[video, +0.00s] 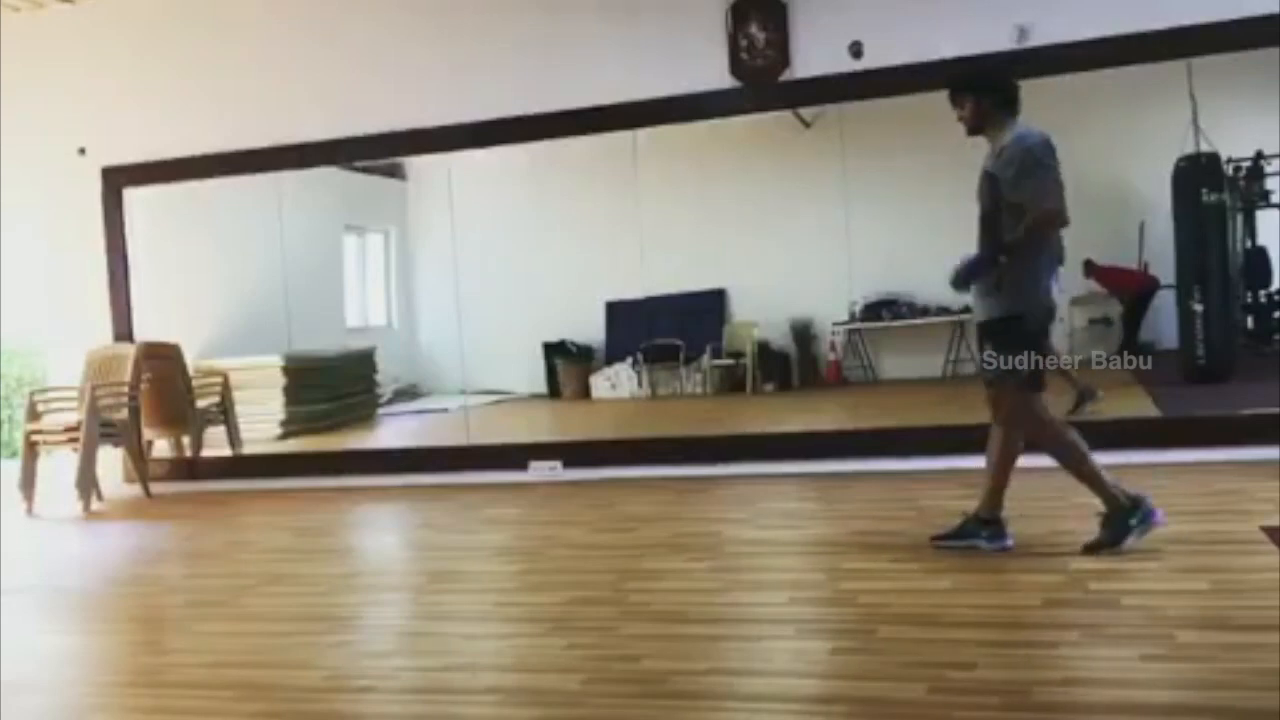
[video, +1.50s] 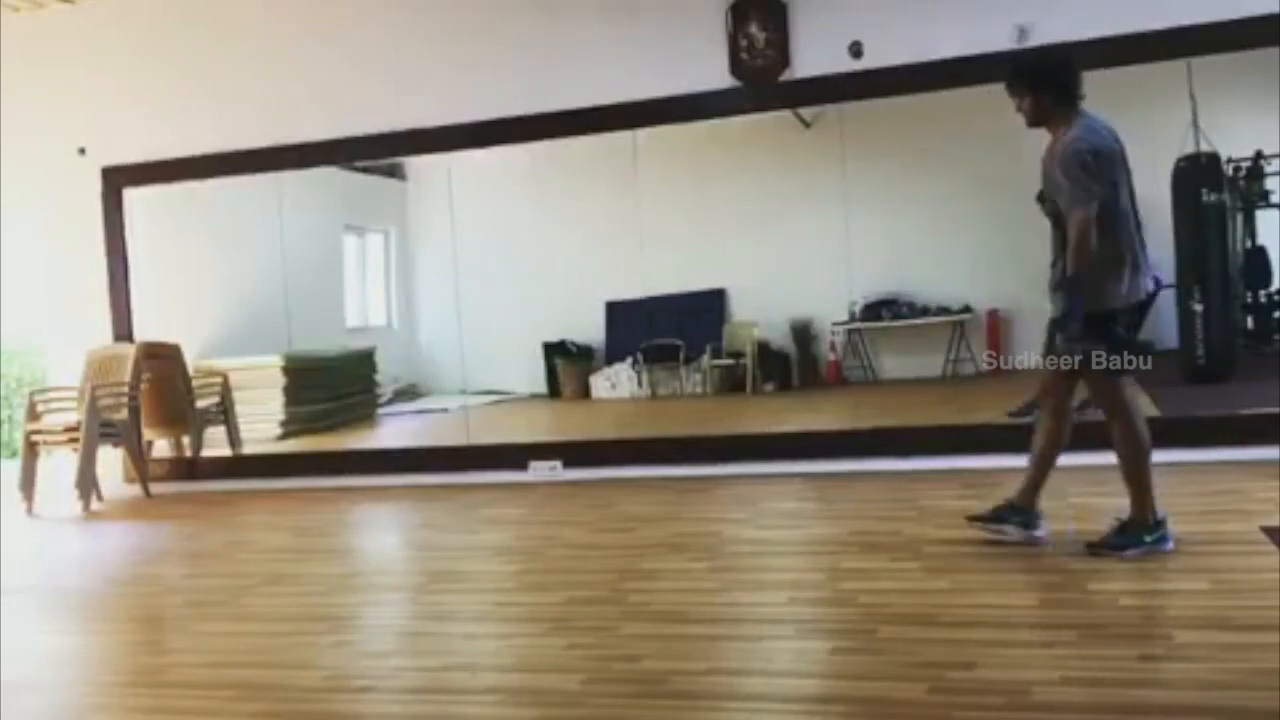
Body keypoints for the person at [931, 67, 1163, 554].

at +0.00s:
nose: (957, 117)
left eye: (960, 106)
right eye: (956, 107)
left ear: (983, 103)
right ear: (987, 103)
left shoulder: (1027, 148)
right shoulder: (1005, 154)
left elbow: (1049, 215)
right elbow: (1030, 227)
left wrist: (987, 259)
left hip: (1018, 308)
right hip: (1005, 307)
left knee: (1023, 412)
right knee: (1009, 411)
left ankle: (1120, 505)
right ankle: (988, 517)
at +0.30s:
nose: (1001, 117)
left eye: (1003, 106)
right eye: (998, 107)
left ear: (1028, 103)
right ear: (1034, 102)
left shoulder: (1074, 153)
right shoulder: (1056, 152)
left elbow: (1077, 240)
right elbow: (1062, 238)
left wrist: (1057, 305)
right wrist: (1049, 295)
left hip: (1080, 302)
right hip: (1068, 300)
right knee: (1035, 404)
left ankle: (1143, 520)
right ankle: (999, 510)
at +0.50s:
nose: (1016, 108)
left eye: (1019, 97)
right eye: (1014, 99)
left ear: (1045, 95)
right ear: (1054, 95)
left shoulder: (1092, 148)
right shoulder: (1078, 143)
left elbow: (1094, 233)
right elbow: (1092, 225)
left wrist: (1096, 302)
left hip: (1100, 302)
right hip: (1073, 298)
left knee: (1111, 397)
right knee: (1048, 387)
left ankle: (1144, 517)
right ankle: (1065, 507)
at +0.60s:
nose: (1021, 110)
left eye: (1024, 99)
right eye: (1019, 101)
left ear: (1050, 95)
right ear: (1057, 96)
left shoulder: (1100, 147)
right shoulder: (1074, 145)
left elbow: (1105, 234)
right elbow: (1089, 220)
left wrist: (1104, 307)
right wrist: (1061, 206)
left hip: (1105, 303)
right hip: (1073, 300)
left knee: (1111, 395)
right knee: (1053, 385)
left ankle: (1145, 518)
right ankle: (1096, 500)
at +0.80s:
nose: (1035, 110)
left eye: (1037, 99)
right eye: (1033, 100)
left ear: (1063, 95)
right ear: (1063, 95)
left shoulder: (1112, 151)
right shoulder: (1084, 139)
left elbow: (1125, 238)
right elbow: (1095, 213)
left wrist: (1117, 312)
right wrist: (1070, 202)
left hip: (1110, 300)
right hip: (1081, 296)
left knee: (1118, 399)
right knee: (1071, 388)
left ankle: (1145, 519)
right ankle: (1180, 463)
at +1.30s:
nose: (1032, 105)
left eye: (1036, 94)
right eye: (1031, 95)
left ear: (1061, 92)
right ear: (1068, 91)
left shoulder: (1105, 149)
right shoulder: (1081, 139)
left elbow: (1112, 238)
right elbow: (1096, 213)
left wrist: (1098, 306)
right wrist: (1068, 206)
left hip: (1115, 298)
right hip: (1083, 292)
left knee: (1118, 394)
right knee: (1052, 384)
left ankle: (1146, 518)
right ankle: (1103, 488)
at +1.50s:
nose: (1017, 109)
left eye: (1019, 98)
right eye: (1015, 99)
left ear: (1041, 95)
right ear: (1057, 91)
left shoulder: (1073, 147)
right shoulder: (1093, 134)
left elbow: (1082, 229)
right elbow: (1105, 220)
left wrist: (1068, 293)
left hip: (1101, 298)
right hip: (1107, 292)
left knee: (1114, 401)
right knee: (1054, 394)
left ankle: (1145, 519)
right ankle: (1024, 504)